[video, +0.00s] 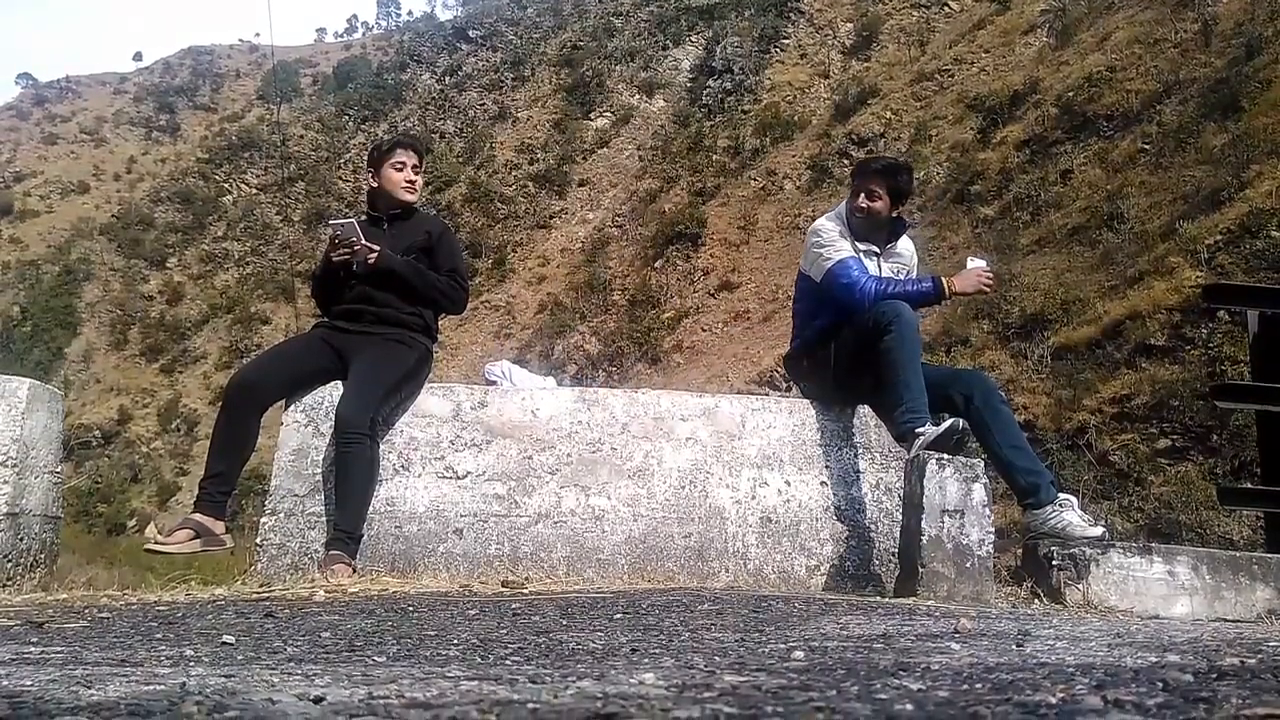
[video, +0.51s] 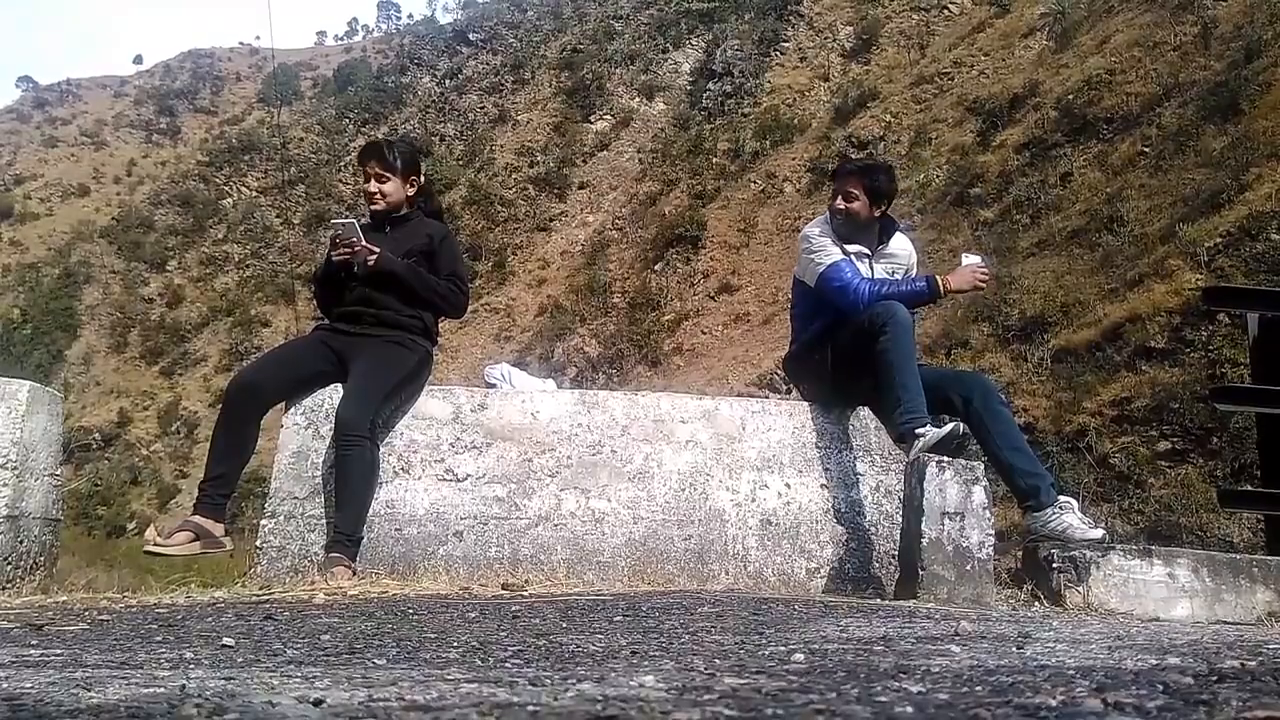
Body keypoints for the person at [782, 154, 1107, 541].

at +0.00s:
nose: (859, 201)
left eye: (872, 196)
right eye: (857, 192)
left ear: (895, 207)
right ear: (849, 193)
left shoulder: (902, 247)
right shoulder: (825, 233)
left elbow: (901, 303)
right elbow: (863, 291)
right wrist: (947, 284)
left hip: (878, 371)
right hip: (822, 368)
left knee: (976, 388)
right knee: (894, 315)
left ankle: (1043, 505)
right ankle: (915, 429)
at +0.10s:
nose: (855, 203)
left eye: (868, 199)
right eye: (853, 194)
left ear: (890, 210)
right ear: (845, 193)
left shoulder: (902, 248)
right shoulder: (824, 235)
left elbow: (902, 306)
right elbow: (862, 294)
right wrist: (946, 286)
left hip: (877, 373)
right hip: (822, 370)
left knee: (975, 388)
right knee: (894, 317)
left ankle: (1043, 508)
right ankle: (915, 432)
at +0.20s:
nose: (849, 205)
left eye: (861, 199)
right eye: (847, 195)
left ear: (887, 209)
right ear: (840, 194)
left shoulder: (902, 246)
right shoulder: (821, 237)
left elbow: (900, 306)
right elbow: (859, 295)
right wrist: (946, 286)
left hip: (878, 374)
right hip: (821, 371)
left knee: (976, 390)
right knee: (893, 318)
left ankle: (1044, 508)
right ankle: (915, 432)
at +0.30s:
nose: (844, 204)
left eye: (856, 199)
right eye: (842, 195)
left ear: (883, 209)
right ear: (837, 197)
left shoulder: (901, 248)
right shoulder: (820, 237)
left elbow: (899, 308)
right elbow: (858, 294)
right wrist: (945, 285)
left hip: (877, 375)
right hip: (822, 371)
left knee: (976, 390)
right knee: (893, 318)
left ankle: (1044, 508)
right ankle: (915, 431)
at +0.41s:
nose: (838, 202)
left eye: (851, 196)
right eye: (838, 193)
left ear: (880, 208)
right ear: (835, 196)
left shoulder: (900, 246)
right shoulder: (818, 236)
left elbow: (902, 312)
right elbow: (858, 294)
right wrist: (944, 283)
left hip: (878, 374)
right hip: (822, 370)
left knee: (976, 389)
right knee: (890, 316)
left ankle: (1043, 507)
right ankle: (914, 430)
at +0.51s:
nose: (835, 203)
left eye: (848, 198)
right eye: (835, 194)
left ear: (877, 208)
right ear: (832, 196)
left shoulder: (900, 246)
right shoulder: (816, 237)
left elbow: (901, 312)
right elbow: (857, 294)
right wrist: (942, 283)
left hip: (878, 374)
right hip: (822, 371)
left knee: (976, 389)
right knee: (890, 316)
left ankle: (1043, 508)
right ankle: (915, 430)